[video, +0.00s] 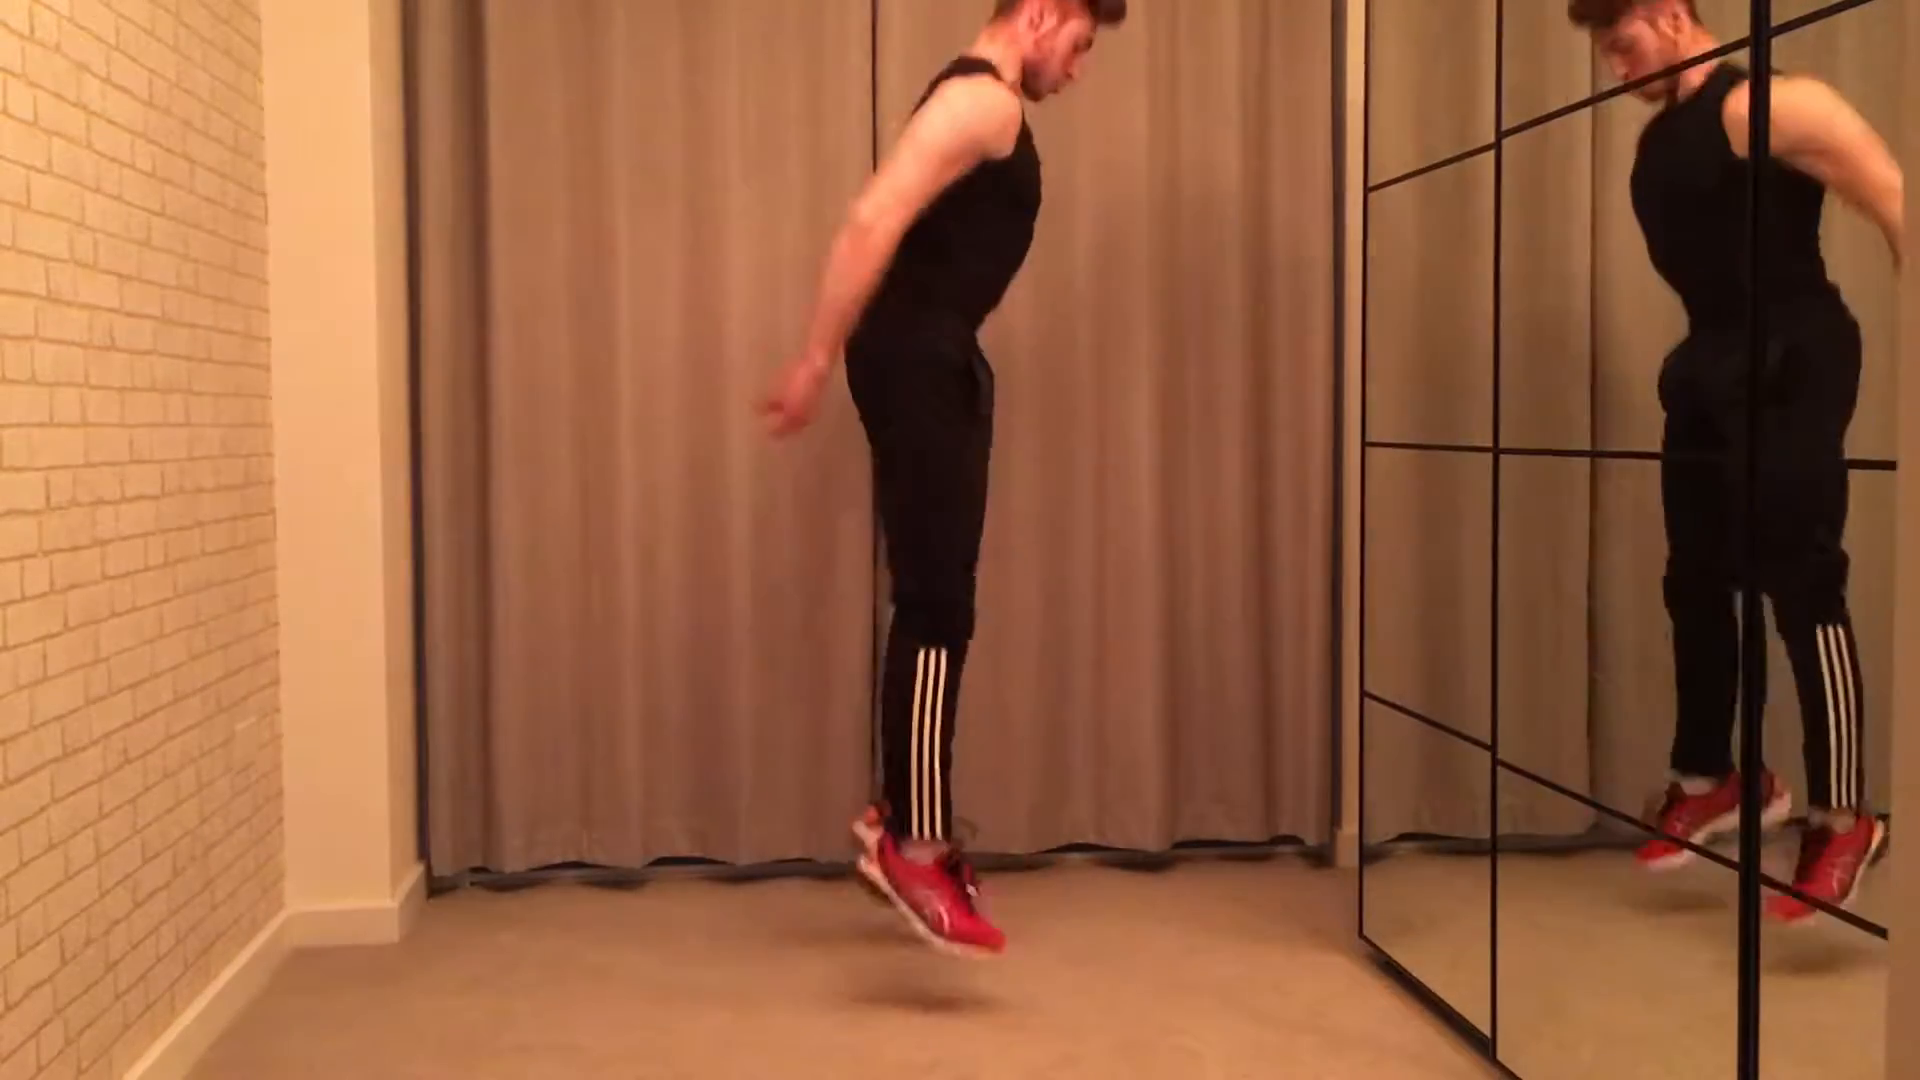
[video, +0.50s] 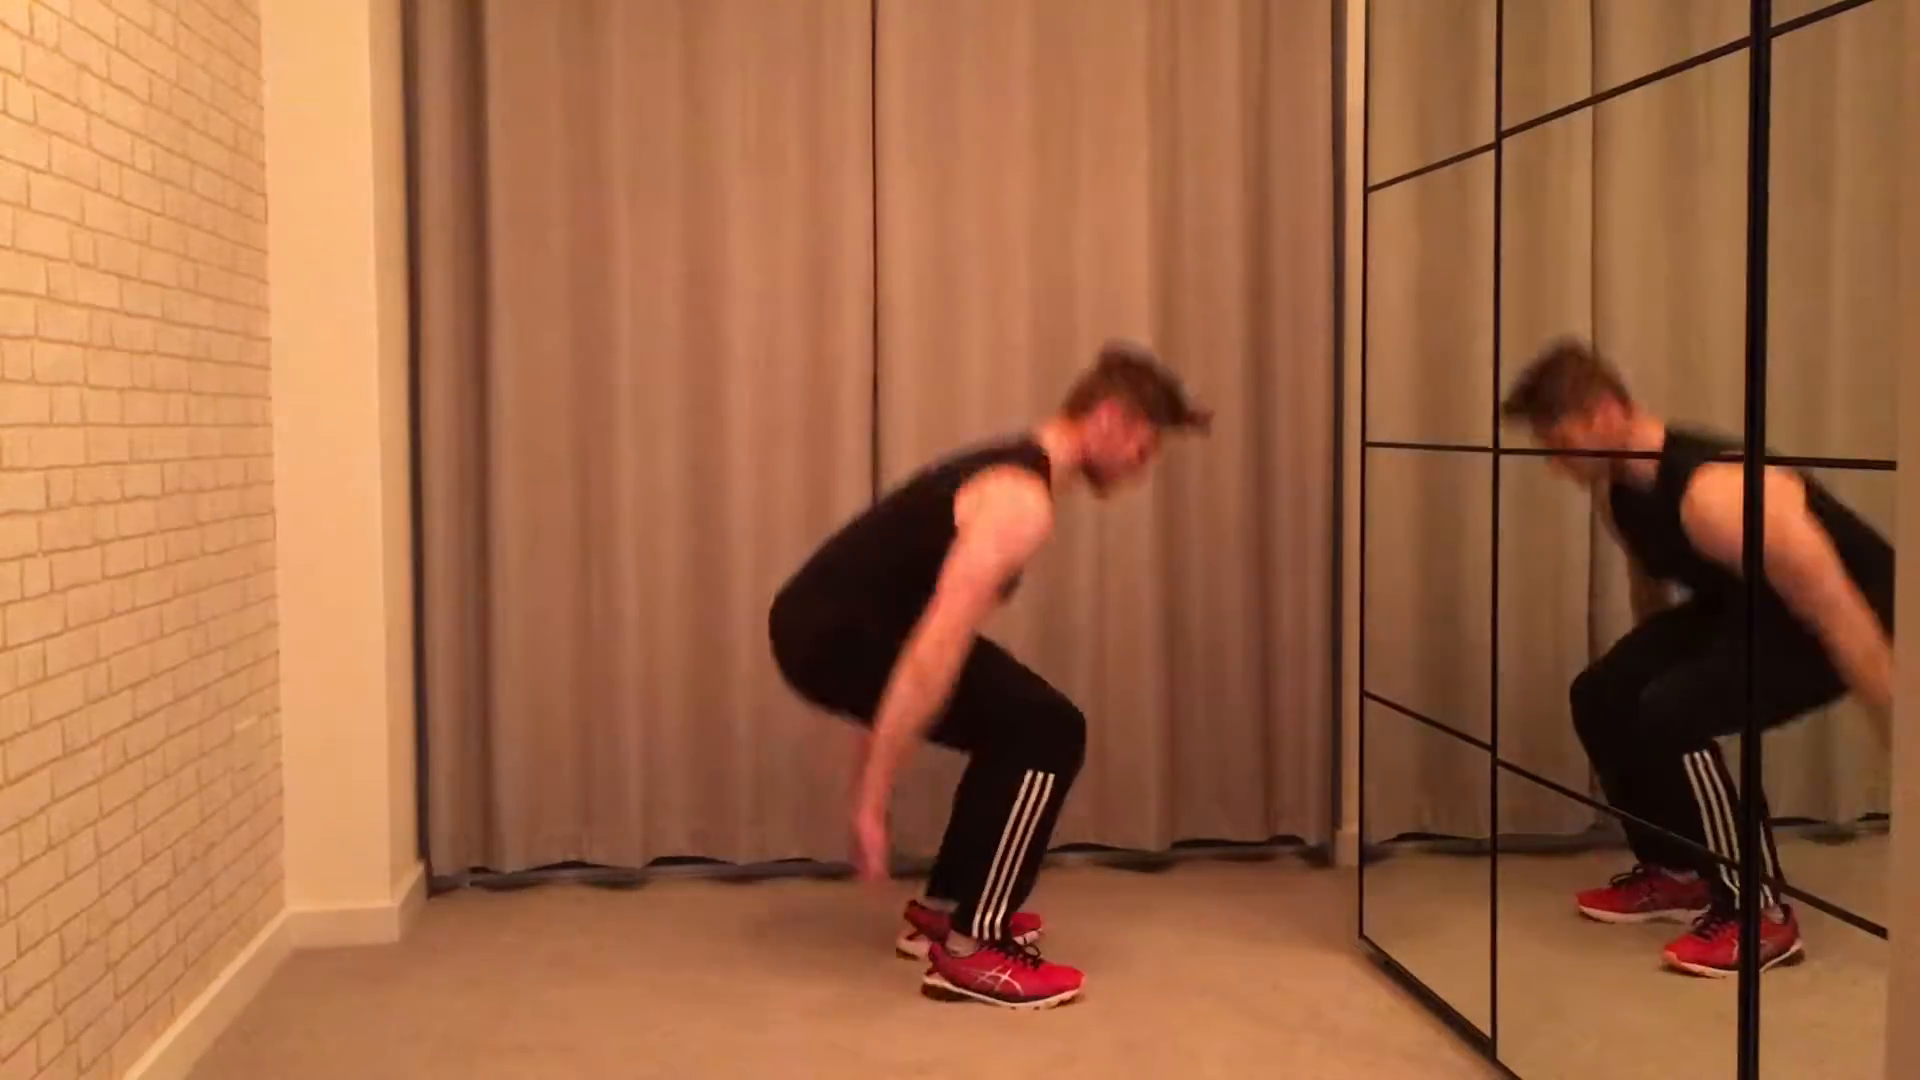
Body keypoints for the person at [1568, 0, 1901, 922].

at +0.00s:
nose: (1614, 61)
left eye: (1622, 36)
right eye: (1603, 46)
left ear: (1675, 15)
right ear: (1613, 44)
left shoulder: (1774, 105)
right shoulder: (1665, 131)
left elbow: (1894, 204)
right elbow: (1721, 257)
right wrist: (1713, 355)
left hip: (1793, 365)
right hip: (1708, 369)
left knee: (1801, 587)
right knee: (1701, 580)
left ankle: (1846, 818)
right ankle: (1715, 779)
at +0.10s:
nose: (1604, 57)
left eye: (1608, 33)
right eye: (1594, 41)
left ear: (1661, 6)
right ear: (1643, 18)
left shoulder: (1763, 89)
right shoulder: (1665, 108)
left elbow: (1896, 182)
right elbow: (1727, 238)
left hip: (1795, 344)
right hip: (1710, 346)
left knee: (1789, 561)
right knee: (1684, 558)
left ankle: (1835, 793)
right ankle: (1705, 757)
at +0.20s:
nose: (1600, 104)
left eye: (1605, 83)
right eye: (1589, 92)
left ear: (1651, 48)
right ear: (1597, 79)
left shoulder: (1747, 125)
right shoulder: (1647, 154)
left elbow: (1885, 214)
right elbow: (1720, 270)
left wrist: (1909, 299)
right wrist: (1713, 367)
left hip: (1800, 367)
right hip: (1713, 370)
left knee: (1783, 591)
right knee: (1674, 581)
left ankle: (1809, 818)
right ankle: (1672, 781)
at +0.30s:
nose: (1580, 192)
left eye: (1583, 168)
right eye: (1568, 177)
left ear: (1628, 137)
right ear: (1582, 168)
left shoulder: (1728, 219)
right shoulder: (1639, 238)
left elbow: (1868, 303)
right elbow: (1723, 337)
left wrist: (1901, 388)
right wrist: (1719, 430)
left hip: (1812, 449)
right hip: (1725, 448)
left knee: (1759, 660)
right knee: (1663, 643)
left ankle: (1770, 887)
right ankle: (1660, 842)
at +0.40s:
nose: (1560, 328)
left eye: (1562, 308)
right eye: (1551, 314)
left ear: (1610, 280)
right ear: (1601, 290)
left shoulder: (1719, 359)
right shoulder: (1630, 371)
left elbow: (1854, 454)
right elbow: (1668, 483)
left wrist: (1888, 540)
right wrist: (1699, 537)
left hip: (1820, 549)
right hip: (1732, 544)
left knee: (1682, 699)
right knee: (1621, 686)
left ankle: (1751, 910)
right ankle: (1677, 867)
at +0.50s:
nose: (1556, 463)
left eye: (1561, 443)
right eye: (1548, 449)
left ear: (1608, 414)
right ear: (1602, 417)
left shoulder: (1717, 495)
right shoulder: (1621, 485)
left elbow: (1842, 615)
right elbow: (1650, 594)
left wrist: (1903, 738)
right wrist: (1644, 680)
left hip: (1832, 622)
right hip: (1745, 605)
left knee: (1669, 714)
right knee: (1601, 699)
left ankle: (1758, 913)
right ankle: (1676, 871)